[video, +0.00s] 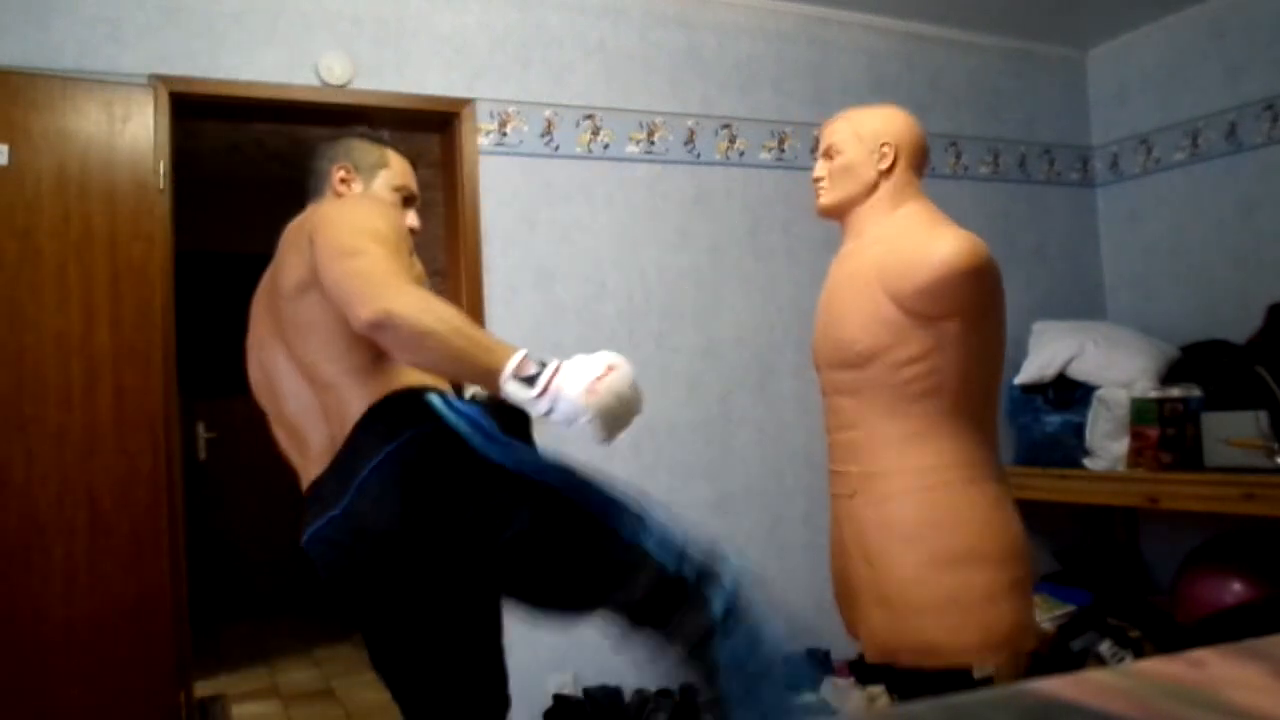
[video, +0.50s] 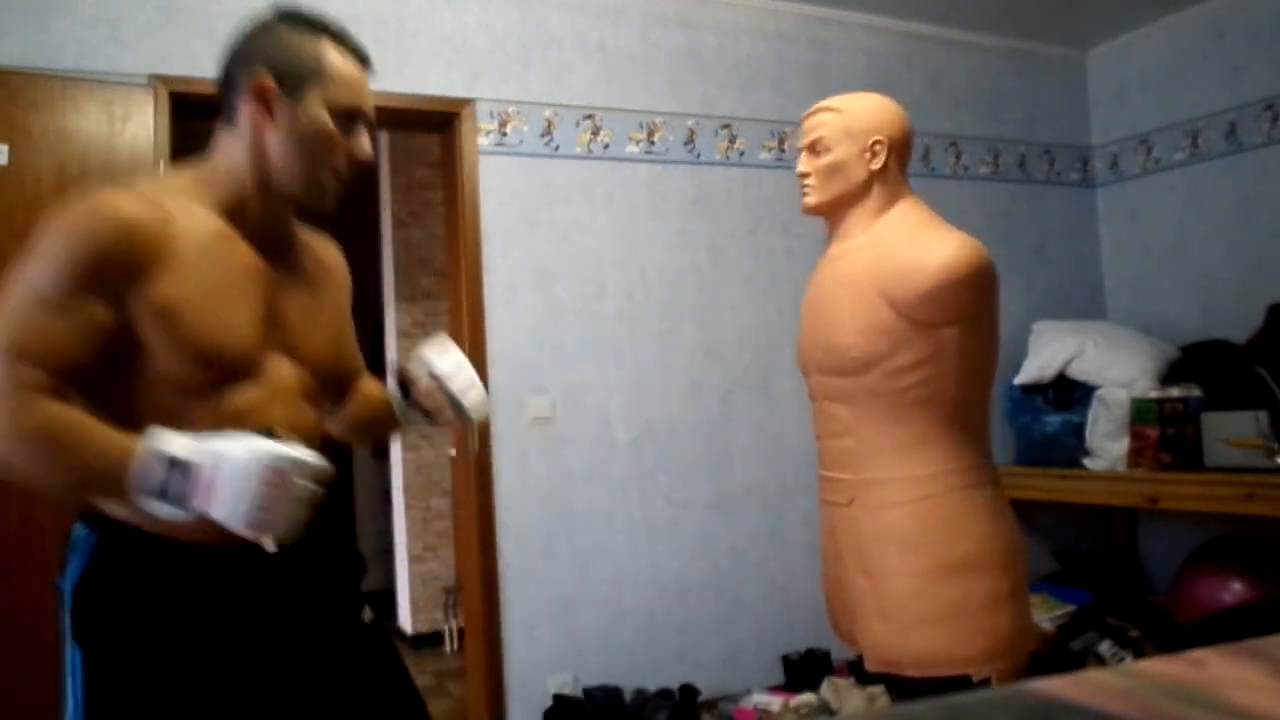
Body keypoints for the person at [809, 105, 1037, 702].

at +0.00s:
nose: (815, 170)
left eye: (830, 155)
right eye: (817, 156)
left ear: (883, 160)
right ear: (880, 163)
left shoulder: (930, 254)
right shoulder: (859, 254)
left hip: (933, 520)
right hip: (872, 520)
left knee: (955, 697)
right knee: (900, 690)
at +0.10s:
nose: (812, 161)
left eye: (831, 144)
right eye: (813, 144)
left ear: (891, 155)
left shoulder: (947, 264)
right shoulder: (845, 255)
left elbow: (964, 439)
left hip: (935, 548)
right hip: (864, 543)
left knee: (960, 707)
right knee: (896, 699)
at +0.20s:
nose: (806, 165)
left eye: (825, 149)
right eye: (806, 151)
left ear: (883, 158)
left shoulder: (947, 264)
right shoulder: (831, 269)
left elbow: (962, 433)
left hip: (934, 534)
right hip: (860, 533)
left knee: (958, 703)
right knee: (893, 696)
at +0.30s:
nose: (820, 165)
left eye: (837, 150)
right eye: (822, 152)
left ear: (891, 156)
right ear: (884, 159)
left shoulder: (941, 256)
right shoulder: (857, 256)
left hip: (938, 526)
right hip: (875, 523)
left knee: (955, 698)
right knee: (901, 690)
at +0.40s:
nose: (813, 161)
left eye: (831, 145)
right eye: (815, 146)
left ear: (888, 154)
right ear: (882, 155)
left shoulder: (946, 261)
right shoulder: (855, 255)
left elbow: (966, 435)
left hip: (935, 544)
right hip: (872, 539)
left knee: (953, 703)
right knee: (897, 696)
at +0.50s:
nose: (800, 166)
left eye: (817, 149)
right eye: (801, 151)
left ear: (874, 156)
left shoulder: (937, 264)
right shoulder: (839, 259)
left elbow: (959, 434)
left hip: (930, 544)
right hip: (864, 541)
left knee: (949, 703)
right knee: (892, 696)